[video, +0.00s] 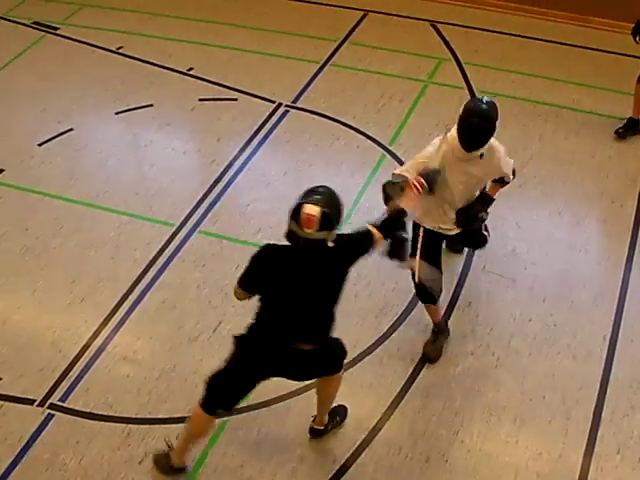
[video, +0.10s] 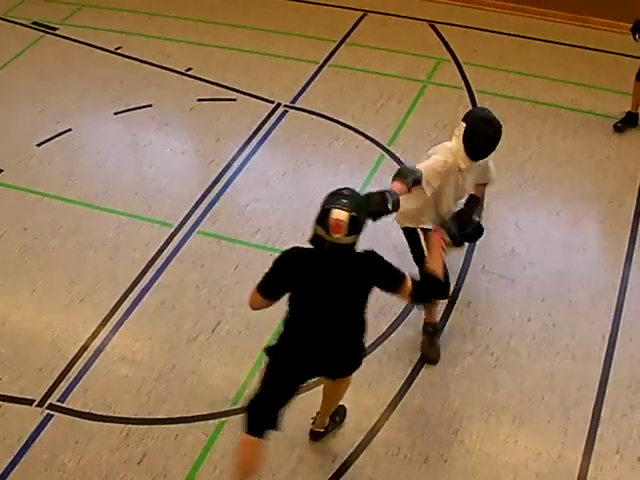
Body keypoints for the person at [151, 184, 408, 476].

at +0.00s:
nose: (308, 216)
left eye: (311, 213)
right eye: (311, 211)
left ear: (294, 220)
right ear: (332, 226)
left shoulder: (271, 255)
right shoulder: (341, 252)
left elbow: (241, 293)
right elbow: (380, 230)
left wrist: (274, 275)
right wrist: (401, 206)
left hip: (258, 354)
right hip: (305, 361)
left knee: (214, 397)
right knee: (334, 352)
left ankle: (178, 459)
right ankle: (321, 421)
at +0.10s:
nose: (338, 223)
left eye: (336, 218)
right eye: (345, 219)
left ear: (319, 222)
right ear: (359, 230)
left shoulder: (296, 259)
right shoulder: (367, 264)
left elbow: (256, 301)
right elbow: (425, 291)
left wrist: (293, 281)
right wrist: (436, 245)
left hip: (294, 354)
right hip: (340, 358)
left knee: (258, 417)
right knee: (340, 373)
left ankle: (242, 475)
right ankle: (322, 422)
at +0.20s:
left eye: (346, 222)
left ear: (342, 230)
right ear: (382, 238)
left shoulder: (315, 266)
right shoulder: (386, 278)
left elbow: (271, 305)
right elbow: (435, 330)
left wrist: (304, 287)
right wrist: (472, 284)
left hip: (322, 358)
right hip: (367, 356)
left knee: (306, 434)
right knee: (344, 386)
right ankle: (330, 419)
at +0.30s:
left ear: (361, 249)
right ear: (404, 257)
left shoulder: (335, 289)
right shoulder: (409, 299)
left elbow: (293, 334)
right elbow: (443, 364)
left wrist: (321, 315)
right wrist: (485, 325)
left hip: (349, 385)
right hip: (393, 380)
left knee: (354, 454)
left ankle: (358, 465)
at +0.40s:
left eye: (383, 274)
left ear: (385, 280)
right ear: (429, 282)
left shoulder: (364, 324)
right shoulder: (441, 326)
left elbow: (330, 375)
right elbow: (464, 389)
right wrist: (490, 351)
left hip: (379, 414)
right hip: (422, 408)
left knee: (378, 469)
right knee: (406, 430)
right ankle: (400, 467)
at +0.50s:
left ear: (418, 299)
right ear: (462, 296)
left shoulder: (401, 352)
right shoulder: (477, 339)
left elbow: (381, 410)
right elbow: (494, 395)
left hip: (412, 435)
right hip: (457, 426)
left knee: (381, 473)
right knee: (454, 446)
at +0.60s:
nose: (448, 310)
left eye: (450, 304)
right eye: (448, 303)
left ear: (458, 311)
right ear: (497, 305)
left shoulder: (445, 363)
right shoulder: (513, 340)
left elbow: (432, 433)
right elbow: (530, 377)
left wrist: (422, 388)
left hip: (439, 463)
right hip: (489, 461)